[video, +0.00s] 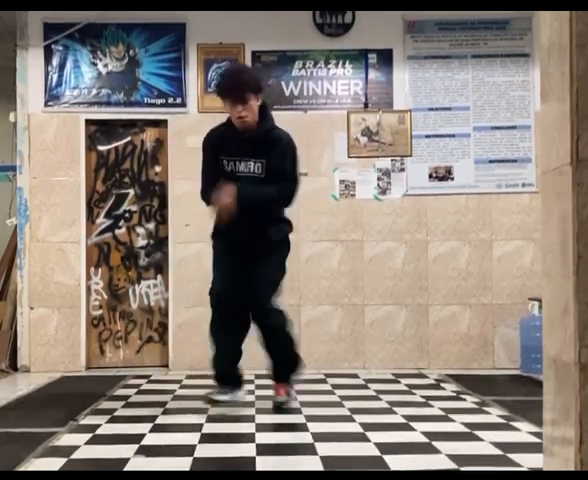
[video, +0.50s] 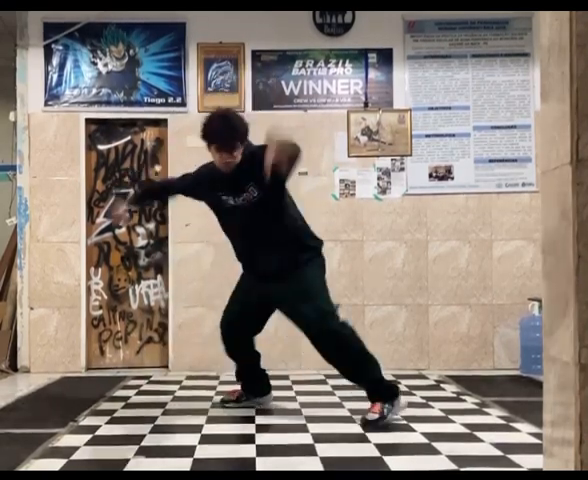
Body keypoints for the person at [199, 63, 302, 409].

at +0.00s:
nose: (239, 110)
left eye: (245, 102)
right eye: (232, 103)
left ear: (259, 100)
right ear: (225, 104)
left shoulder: (280, 142)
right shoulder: (216, 139)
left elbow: (285, 193)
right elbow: (208, 185)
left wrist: (239, 193)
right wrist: (221, 196)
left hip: (268, 235)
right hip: (229, 235)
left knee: (259, 302)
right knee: (225, 306)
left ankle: (284, 375)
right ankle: (227, 382)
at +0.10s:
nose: (224, 127)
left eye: (230, 119)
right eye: (218, 120)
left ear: (246, 111)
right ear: (212, 116)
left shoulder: (269, 146)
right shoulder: (213, 152)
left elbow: (269, 208)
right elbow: (216, 210)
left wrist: (241, 253)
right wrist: (219, 256)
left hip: (273, 228)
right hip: (233, 231)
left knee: (249, 290)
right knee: (221, 296)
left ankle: (233, 377)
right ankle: (237, 366)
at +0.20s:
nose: (218, 142)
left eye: (223, 134)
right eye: (211, 136)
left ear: (238, 128)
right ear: (204, 134)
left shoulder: (267, 159)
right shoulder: (211, 169)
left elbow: (292, 212)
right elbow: (213, 211)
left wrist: (265, 233)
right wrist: (211, 236)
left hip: (281, 234)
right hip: (244, 235)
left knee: (251, 290)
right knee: (229, 297)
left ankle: (231, 370)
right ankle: (241, 384)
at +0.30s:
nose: (228, 141)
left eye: (233, 134)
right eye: (221, 135)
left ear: (245, 127)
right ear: (211, 132)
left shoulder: (271, 157)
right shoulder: (212, 169)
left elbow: (322, 182)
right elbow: (199, 194)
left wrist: (299, 177)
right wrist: (172, 197)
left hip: (283, 249)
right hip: (243, 256)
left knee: (258, 302)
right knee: (224, 330)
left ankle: (307, 377)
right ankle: (246, 385)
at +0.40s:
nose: (235, 150)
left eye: (241, 142)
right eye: (228, 144)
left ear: (251, 136)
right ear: (217, 142)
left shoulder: (274, 155)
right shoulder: (212, 175)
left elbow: (297, 149)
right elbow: (169, 176)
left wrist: (305, 131)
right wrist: (126, 174)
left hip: (293, 267)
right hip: (255, 274)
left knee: (300, 332)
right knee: (225, 333)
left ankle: (377, 387)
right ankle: (250, 386)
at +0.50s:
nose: (229, 158)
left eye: (234, 151)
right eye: (222, 152)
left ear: (243, 145)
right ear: (210, 149)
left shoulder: (262, 160)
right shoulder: (204, 179)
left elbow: (286, 156)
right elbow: (166, 188)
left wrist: (284, 154)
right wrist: (131, 201)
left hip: (299, 264)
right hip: (258, 273)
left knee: (325, 330)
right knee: (233, 330)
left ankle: (384, 393)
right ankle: (255, 386)